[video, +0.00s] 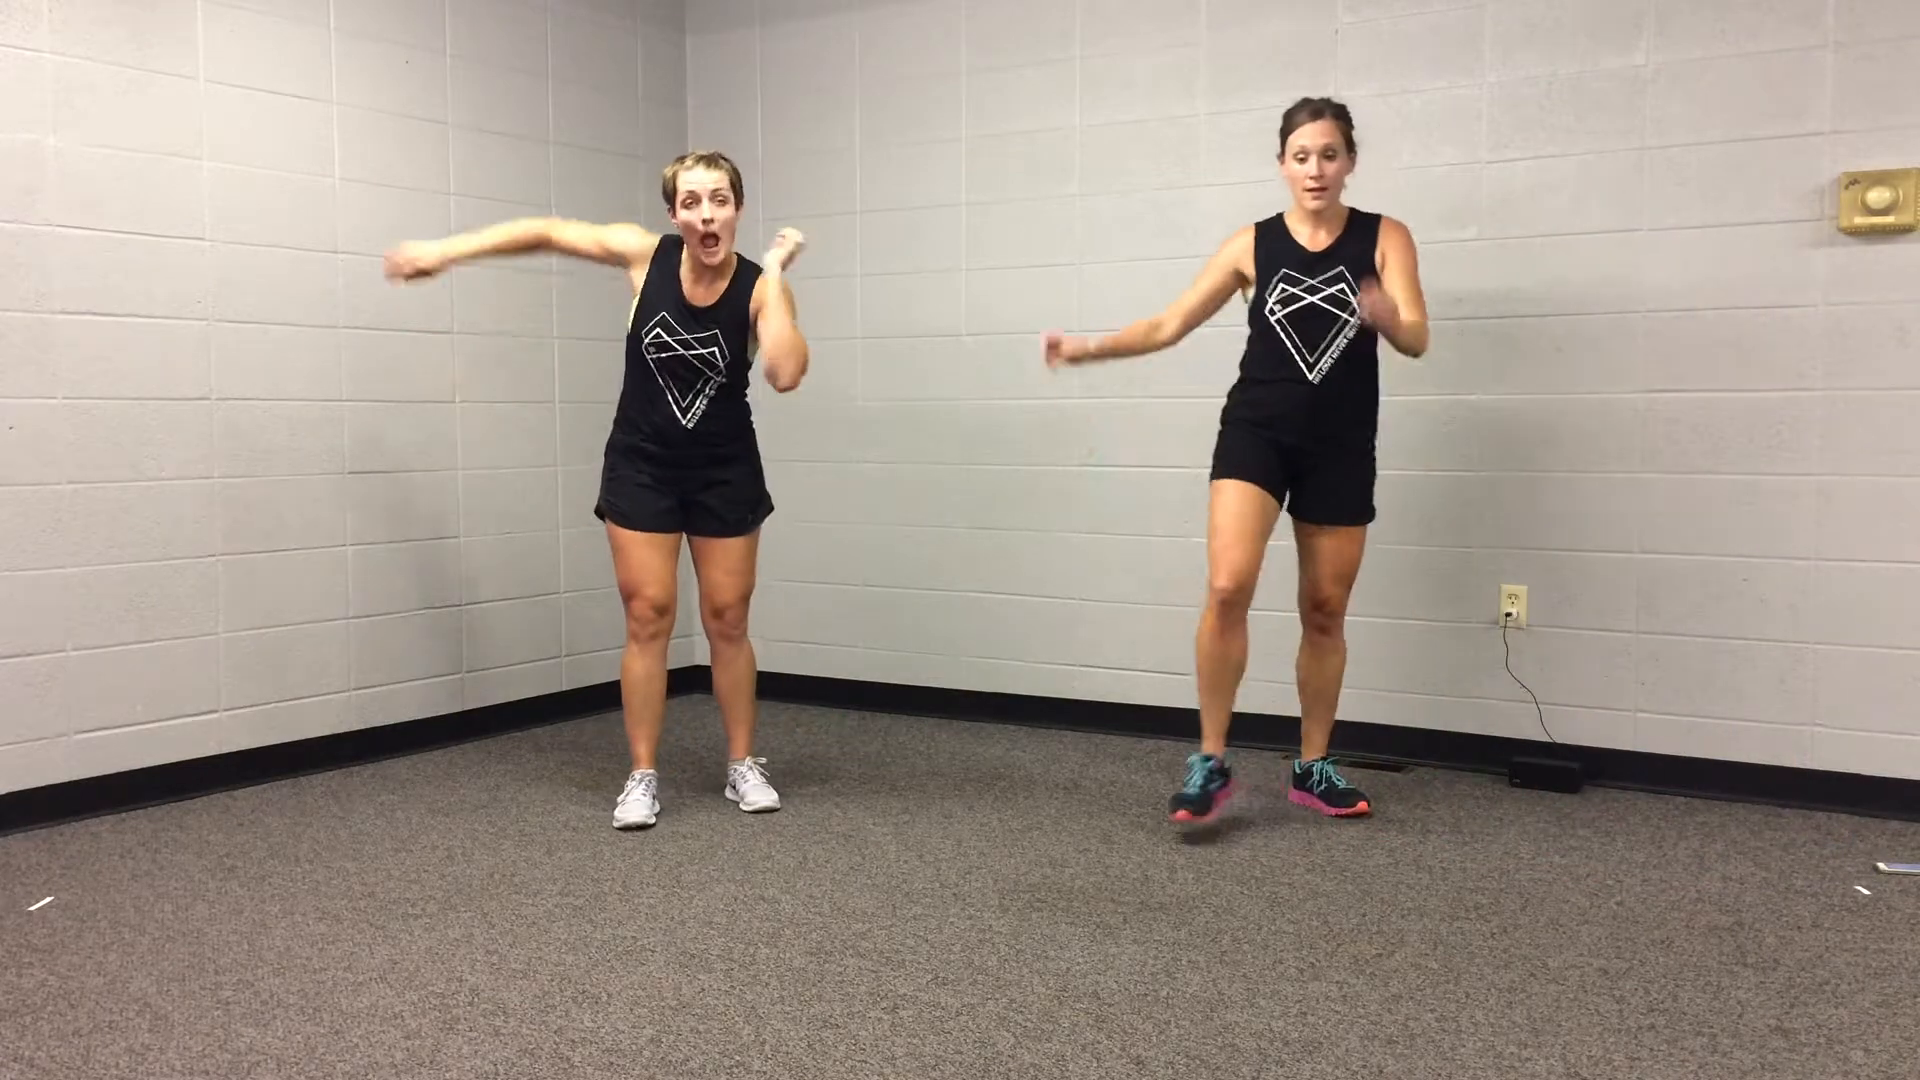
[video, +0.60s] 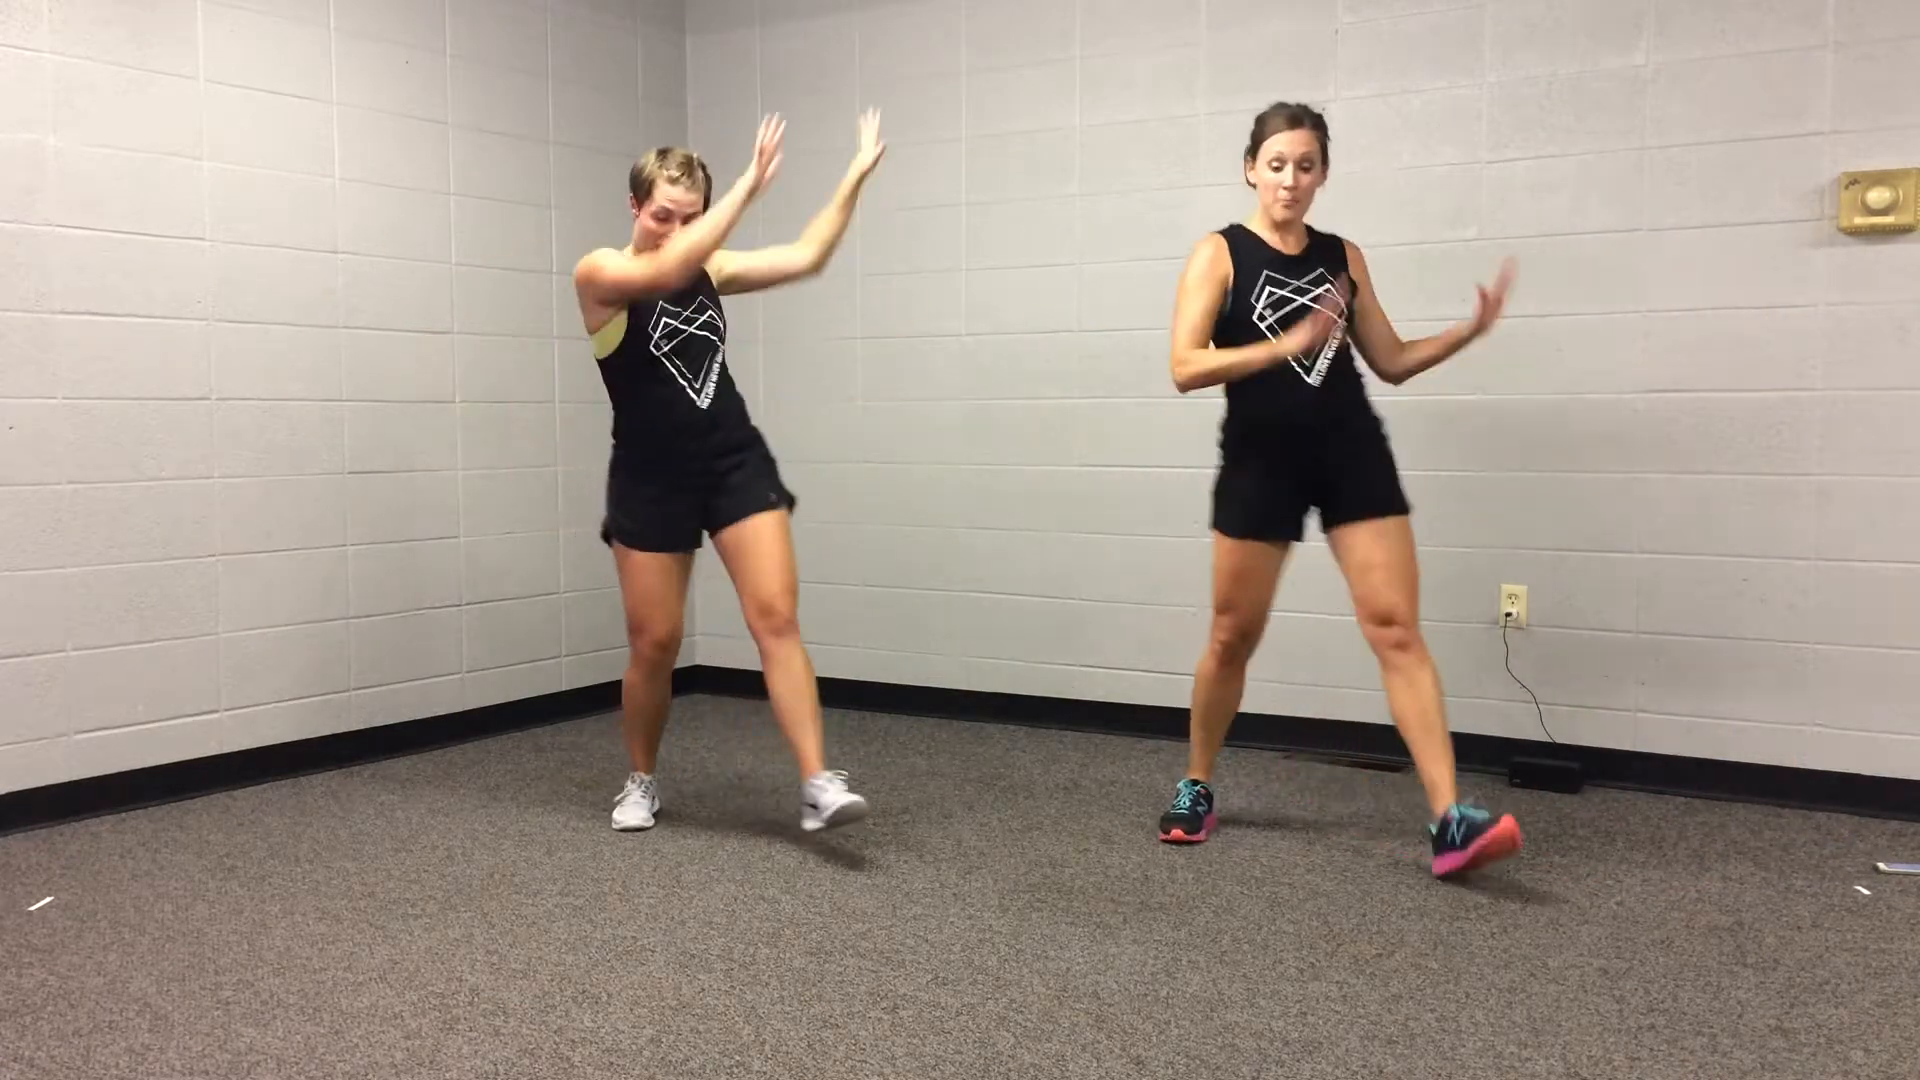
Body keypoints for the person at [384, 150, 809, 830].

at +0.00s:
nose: (706, 214)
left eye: (719, 200)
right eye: (691, 202)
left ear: (738, 209)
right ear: (674, 210)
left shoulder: (761, 285)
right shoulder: (643, 252)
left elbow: (786, 373)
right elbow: (545, 232)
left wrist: (774, 274)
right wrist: (439, 252)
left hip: (724, 468)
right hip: (641, 465)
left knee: (729, 617)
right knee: (646, 615)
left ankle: (744, 764)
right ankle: (642, 776)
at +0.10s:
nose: (707, 220)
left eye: (719, 206)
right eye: (692, 209)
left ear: (739, 213)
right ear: (674, 216)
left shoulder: (762, 290)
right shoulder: (649, 254)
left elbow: (776, 398)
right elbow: (546, 218)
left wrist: (724, 319)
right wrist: (447, 254)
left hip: (717, 470)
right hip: (635, 467)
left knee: (725, 619)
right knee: (641, 616)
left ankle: (744, 764)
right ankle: (641, 774)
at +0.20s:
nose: (700, 233)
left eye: (713, 218)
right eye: (686, 220)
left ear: (734, 223)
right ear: (669, 226)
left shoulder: (761, 300)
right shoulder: (640, 268)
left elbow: (760, 406)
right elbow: (529, 261)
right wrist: (470, 347)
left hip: (712, 465)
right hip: (626, 458)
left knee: (721, 630)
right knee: (635, 618)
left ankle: (741, 764)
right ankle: (641, 773)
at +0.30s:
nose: (689, 246)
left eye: (702, 232)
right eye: (676, 232)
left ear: (722, 235)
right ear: (657, 235)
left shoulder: (752, 313)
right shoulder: (618, 304)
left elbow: (755, 414)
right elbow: (534, 363)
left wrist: (744, 504)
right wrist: (530, 466)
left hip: (704, 493)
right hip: (621, 487)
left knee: (717, 644)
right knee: (632, 633)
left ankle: (741, 762)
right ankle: (641, 778)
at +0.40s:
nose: (679, 251)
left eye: (693, 239)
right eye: (667, 236)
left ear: (707, 239)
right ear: (642, 234)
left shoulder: (732, 303)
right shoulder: (601, 317)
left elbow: (783, 377)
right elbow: (580, 422)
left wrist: (836, 420)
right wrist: (653, 449)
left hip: (705, 493)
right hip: (618, 499)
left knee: (736, 630)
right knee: (627, 640)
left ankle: (752, 747)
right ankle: (640, 779)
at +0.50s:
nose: (674, 239)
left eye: (688, 227)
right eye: (662, 223)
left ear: (703, 225)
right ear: (635, 215)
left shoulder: (715, 275)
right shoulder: (598, 291)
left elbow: (803, 316)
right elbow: (637, 365)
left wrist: (856, 276)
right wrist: (721, 293)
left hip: (713, 476)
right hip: (631, 486)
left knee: (761, 606)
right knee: (639, 641)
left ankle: (782, 766)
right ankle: (641, 779)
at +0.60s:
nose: (674, 230)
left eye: (688, 219)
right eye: (662, 214)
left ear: (702, 215)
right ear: (634, 203)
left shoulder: (709, 270)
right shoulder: (598, 272)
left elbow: (806, 257)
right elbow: (669, 271)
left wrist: (855, 176)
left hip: (736, 466)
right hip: (651, 480)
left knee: (776, 617)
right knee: (653, 643)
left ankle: (817, 781)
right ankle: (641, 779)